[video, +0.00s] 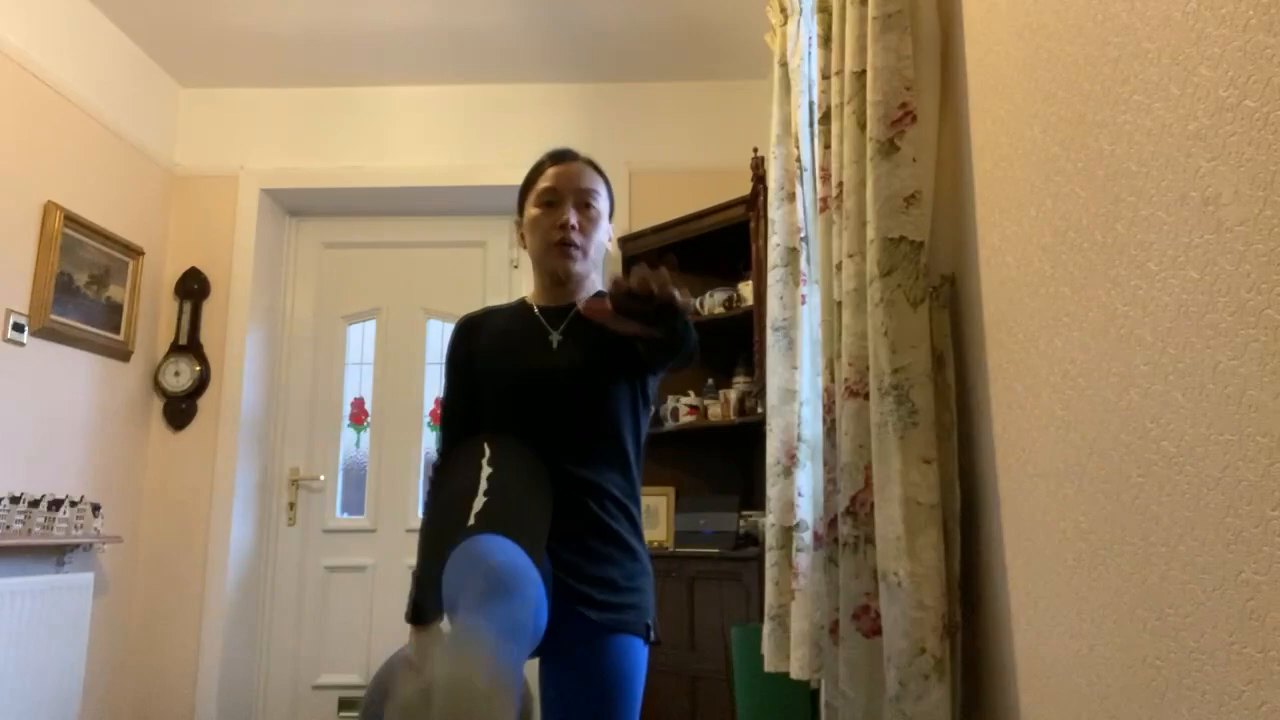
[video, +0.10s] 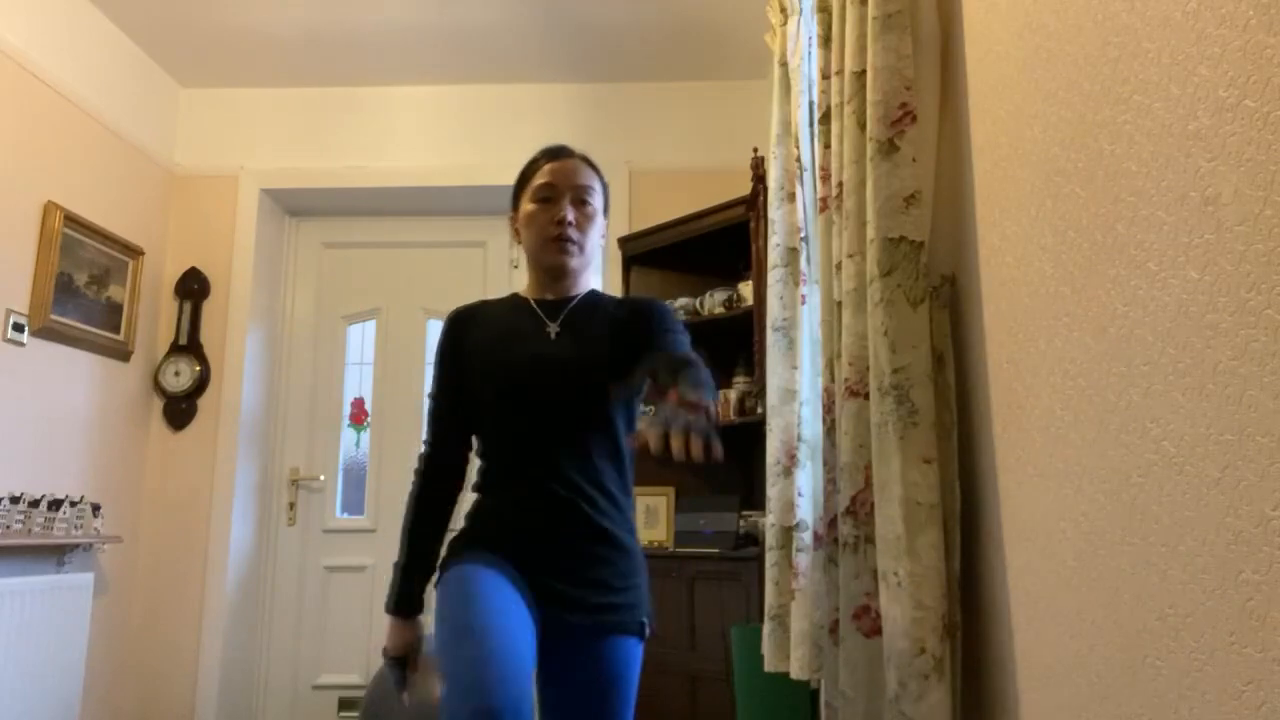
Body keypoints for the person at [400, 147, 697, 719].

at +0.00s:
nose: (568, 218)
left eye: (587, 206)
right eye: (549, 204)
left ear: (609, 236)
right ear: (521, 231)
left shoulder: (630, 326)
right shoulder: (478, 333)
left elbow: (674, 349)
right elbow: (453, 471)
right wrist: (425, 605)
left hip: (604, 582)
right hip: (497, 573)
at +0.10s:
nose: (565, 213)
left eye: (582, 202)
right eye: (546, 198)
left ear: (604, 230)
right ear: (516, 224)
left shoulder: (639, 319)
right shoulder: (471, 327)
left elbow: (678, 360)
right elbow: (442, 467)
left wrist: (686, 395)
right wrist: (404, 605)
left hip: (602, 568)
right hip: (492, 555)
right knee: (491, 703)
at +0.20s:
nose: (556, 219)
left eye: (574, 208)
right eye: (537, 204)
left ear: (594, 234)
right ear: (506, 229)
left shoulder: (631, 333)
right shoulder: (458, 328)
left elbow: (682, 433)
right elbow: (422, 467)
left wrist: (702, 532)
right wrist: (377, 605)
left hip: (592, 602)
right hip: (476, 599)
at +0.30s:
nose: (545, 225)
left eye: (563, 214)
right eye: (527, 208)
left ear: (579, 240)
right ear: (493, 231)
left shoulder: (611, 350)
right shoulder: (438, 331)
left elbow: (650, 478)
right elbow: (394, 469)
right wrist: (340, 608)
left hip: (571, 627)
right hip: (450, 621)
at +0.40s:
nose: (533, 221)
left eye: (551, 211)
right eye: (514, 205)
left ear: (566, 238)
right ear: (480, 228)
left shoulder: (596, 347)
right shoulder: (423, 325)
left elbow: (618, 484)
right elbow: (369, 453)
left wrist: (630, 607)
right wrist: (308, 572)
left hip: (548, 604)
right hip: (431, 598)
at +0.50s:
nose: (523, 217)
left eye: (540, 208)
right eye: (504, 201)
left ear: (555, 236)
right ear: (470, 225)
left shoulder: (585, 349)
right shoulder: (415, 316)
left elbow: (584, 479)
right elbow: (364, 399)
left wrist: (579, 580)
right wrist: (308, 491)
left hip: (538, 570)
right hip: (426, 574)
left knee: (519, 702)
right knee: (413, 709)